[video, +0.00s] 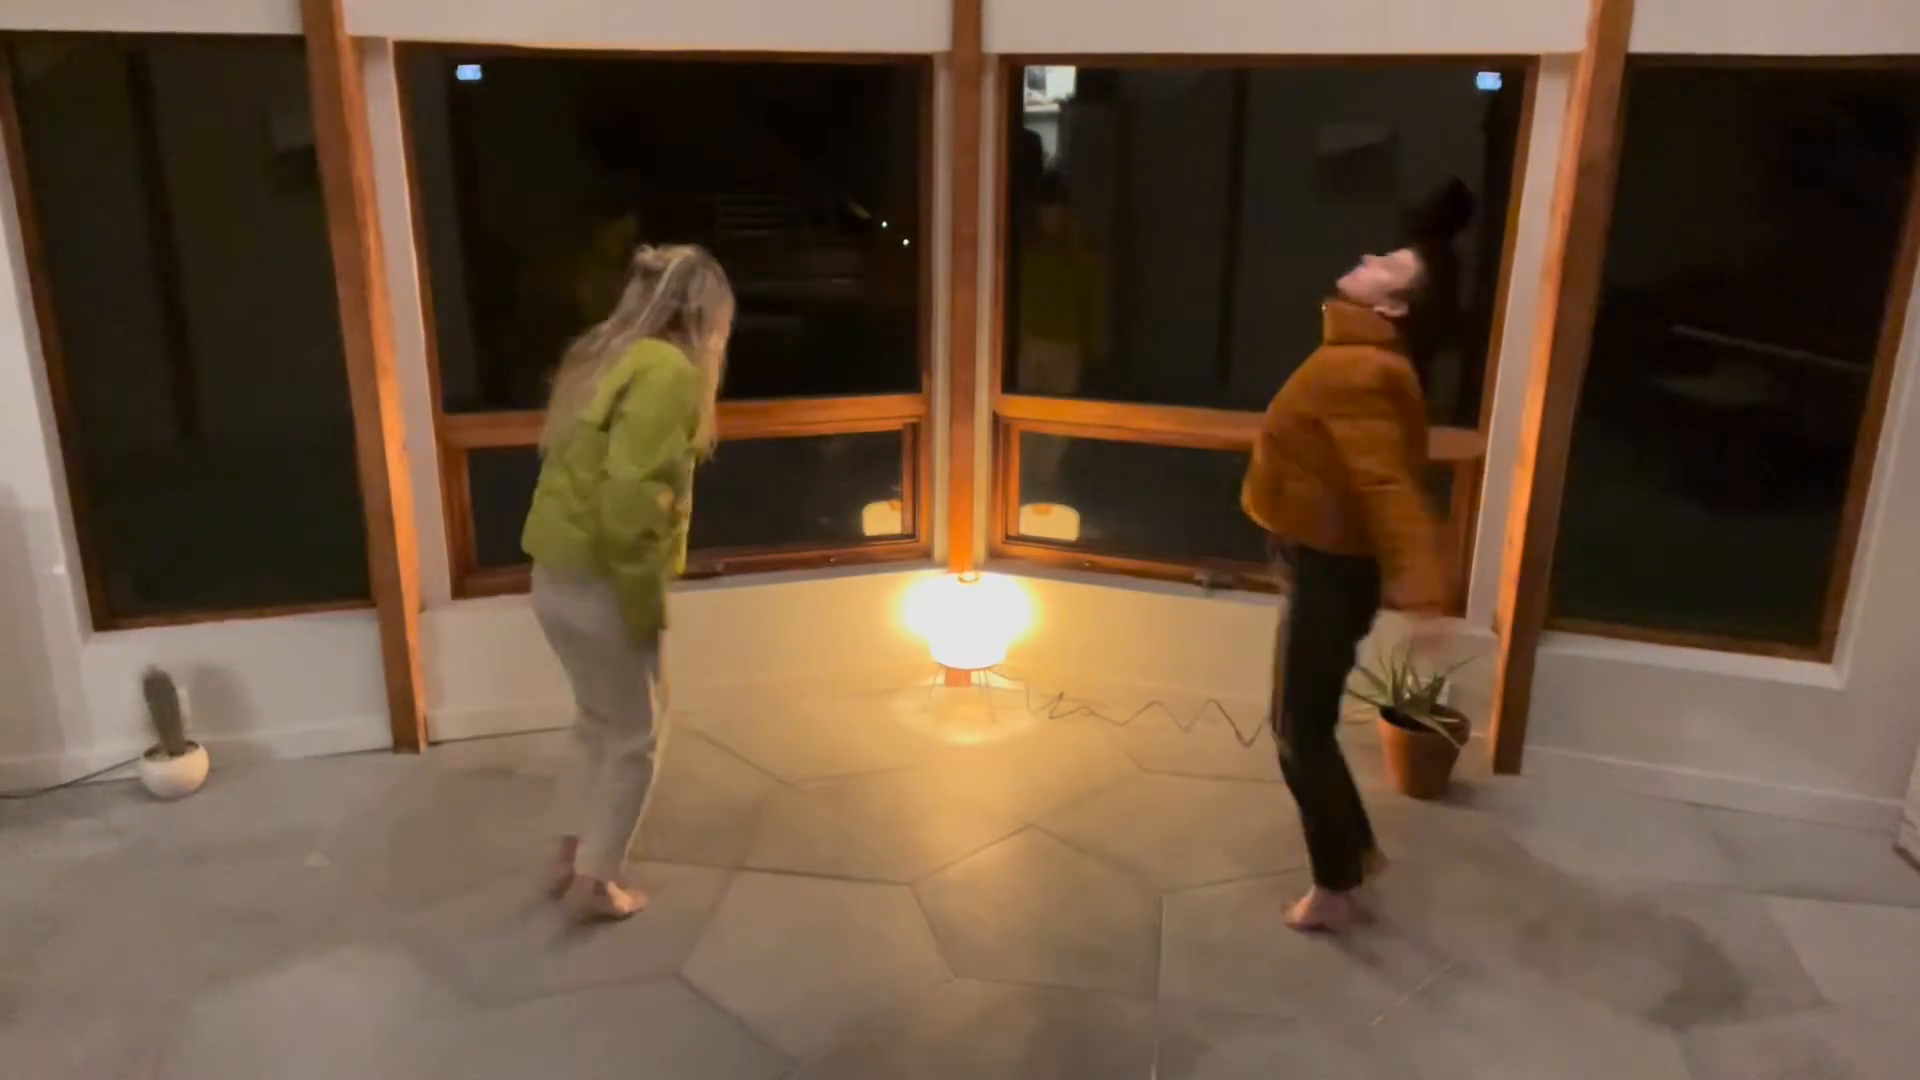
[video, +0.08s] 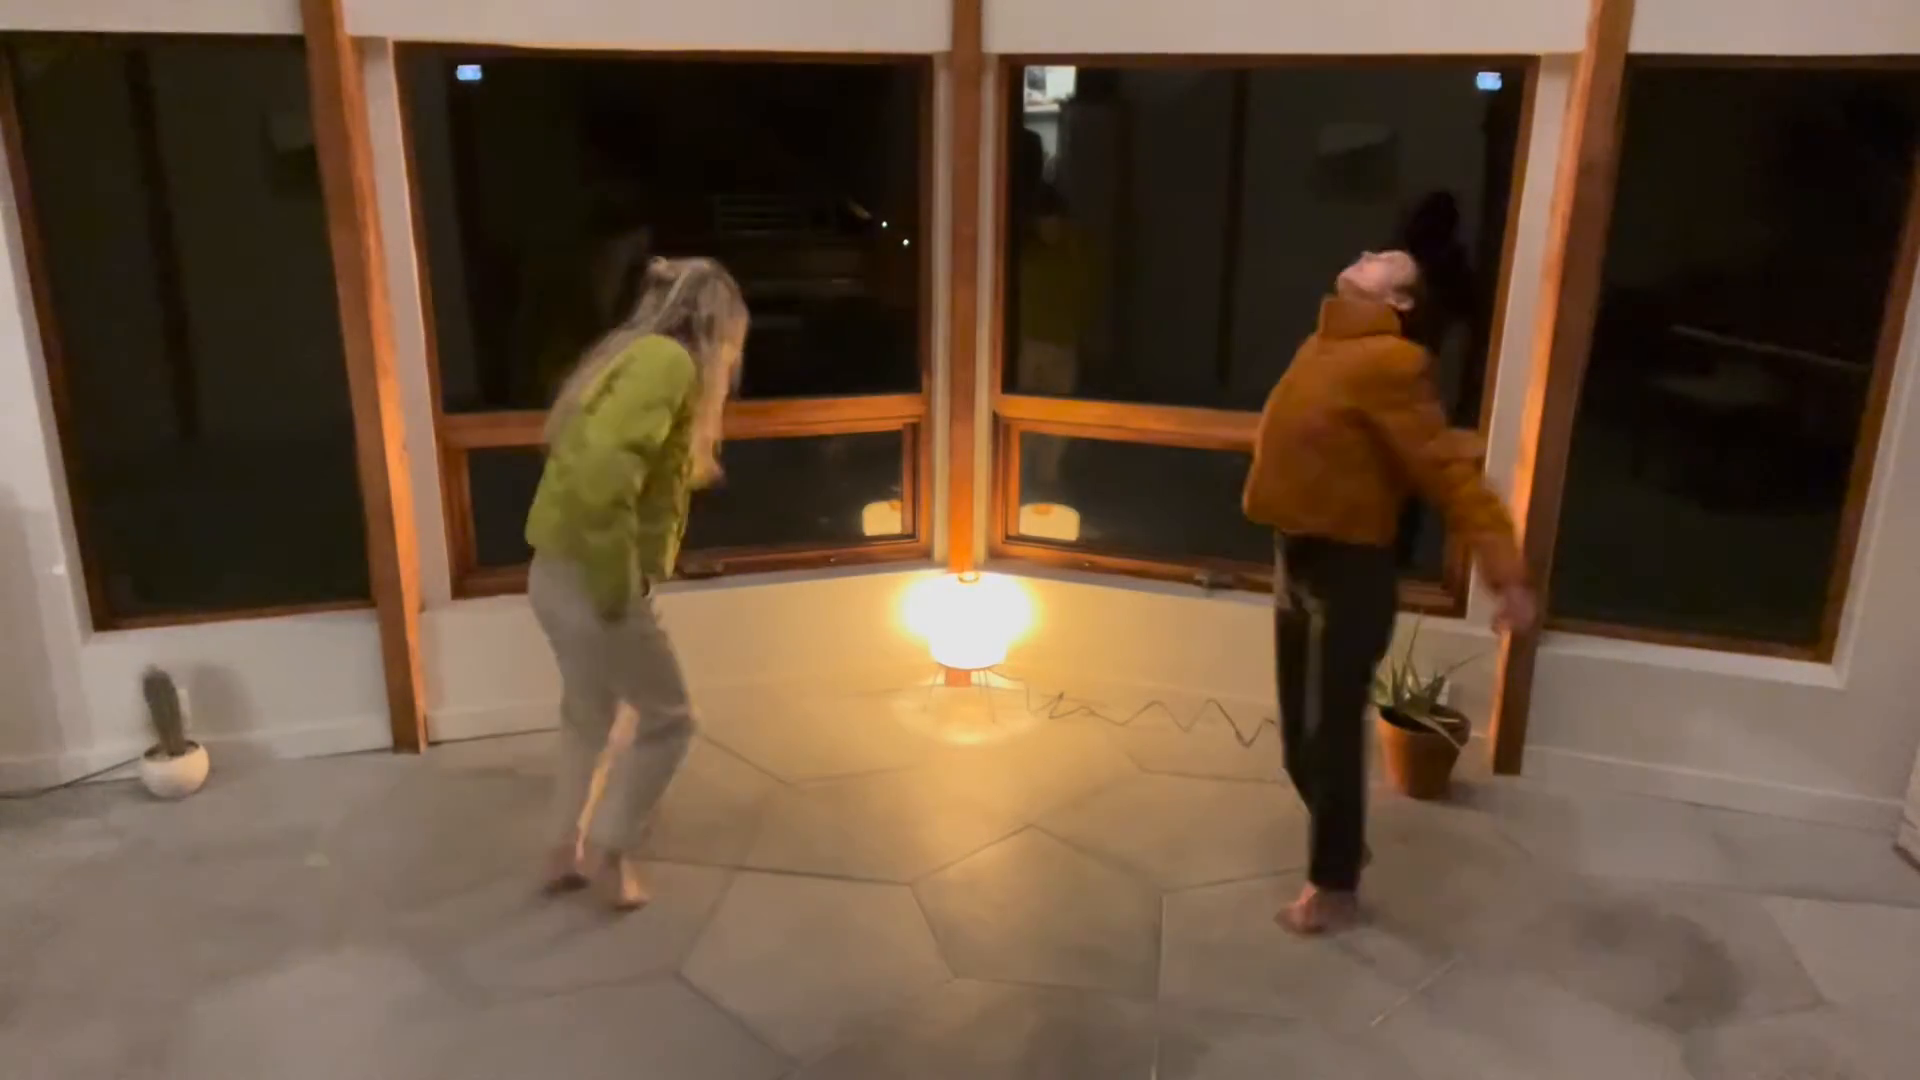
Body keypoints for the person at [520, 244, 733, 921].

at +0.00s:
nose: (724, 339)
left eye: (725, 325)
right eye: (722, 324)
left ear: (649, 302)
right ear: (699, 316)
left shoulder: (604, 354)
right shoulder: (668, 369)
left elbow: (566, 467)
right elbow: (632, 498)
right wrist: (648, 612)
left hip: (555, 578)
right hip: (599, 584)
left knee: (600, 724)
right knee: (633, 737)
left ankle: (583, 851)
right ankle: (596, 880)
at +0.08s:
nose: (730, 354)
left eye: (733, 341)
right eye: (730, 338)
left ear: (667, 308)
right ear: (709, 323)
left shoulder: (627, 353)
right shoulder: (668, 360)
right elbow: (605, 465)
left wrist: (683, 465)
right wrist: (618, 592)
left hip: (555, 571)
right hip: (595, 581)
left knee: (586, 713)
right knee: (667, 718)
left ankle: (563, 848)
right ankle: (606, 851)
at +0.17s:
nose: (738, 365)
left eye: (743, 353)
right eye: (739, 349)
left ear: (684, 313)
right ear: (718, 329)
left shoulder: (651, 355)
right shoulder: (672, 356)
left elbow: (660, 469)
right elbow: (594, 446)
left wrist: (717, 497)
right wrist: (598, 565)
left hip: (566, 570)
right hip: (606, 580)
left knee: (590, 711)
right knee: (661, 723)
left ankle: (565, 846)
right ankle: (611, 857)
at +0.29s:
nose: (763, 382)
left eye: (766, 372)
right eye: (763, 367)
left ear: (718, 327)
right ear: (745, 341)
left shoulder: (704, 388)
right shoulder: (692, 353)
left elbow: (692, 503)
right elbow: (606, 410)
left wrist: (759, 560)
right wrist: (587, 519)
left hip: (613, 570)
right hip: (603, 569)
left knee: (635, 714)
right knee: (637, 724)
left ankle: (613, 837)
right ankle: (593, 864)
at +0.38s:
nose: (774, 392)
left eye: (778, 382)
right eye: (775, 376)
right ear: (757, 350)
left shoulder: (714, 404)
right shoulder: (705, 353)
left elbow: (699, 513)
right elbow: (621, 389)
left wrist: (764, 575)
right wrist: (597, 501)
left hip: (606, 569)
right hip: (602, 566)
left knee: (635, 709)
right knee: (661, 723)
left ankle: (615, 836)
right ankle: (606, 853)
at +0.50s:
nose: (788, 408)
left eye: (791, 398)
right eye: (790, 392)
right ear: (778, 368)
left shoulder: (733, 425)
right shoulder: (729, 356)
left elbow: (710, 527)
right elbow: (646, 365)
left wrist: (777, 592)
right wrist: (636, 483)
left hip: (618, 560)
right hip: (610, 556)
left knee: (654, 702)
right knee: (679, 711)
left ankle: (620, 832)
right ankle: (642, 851)